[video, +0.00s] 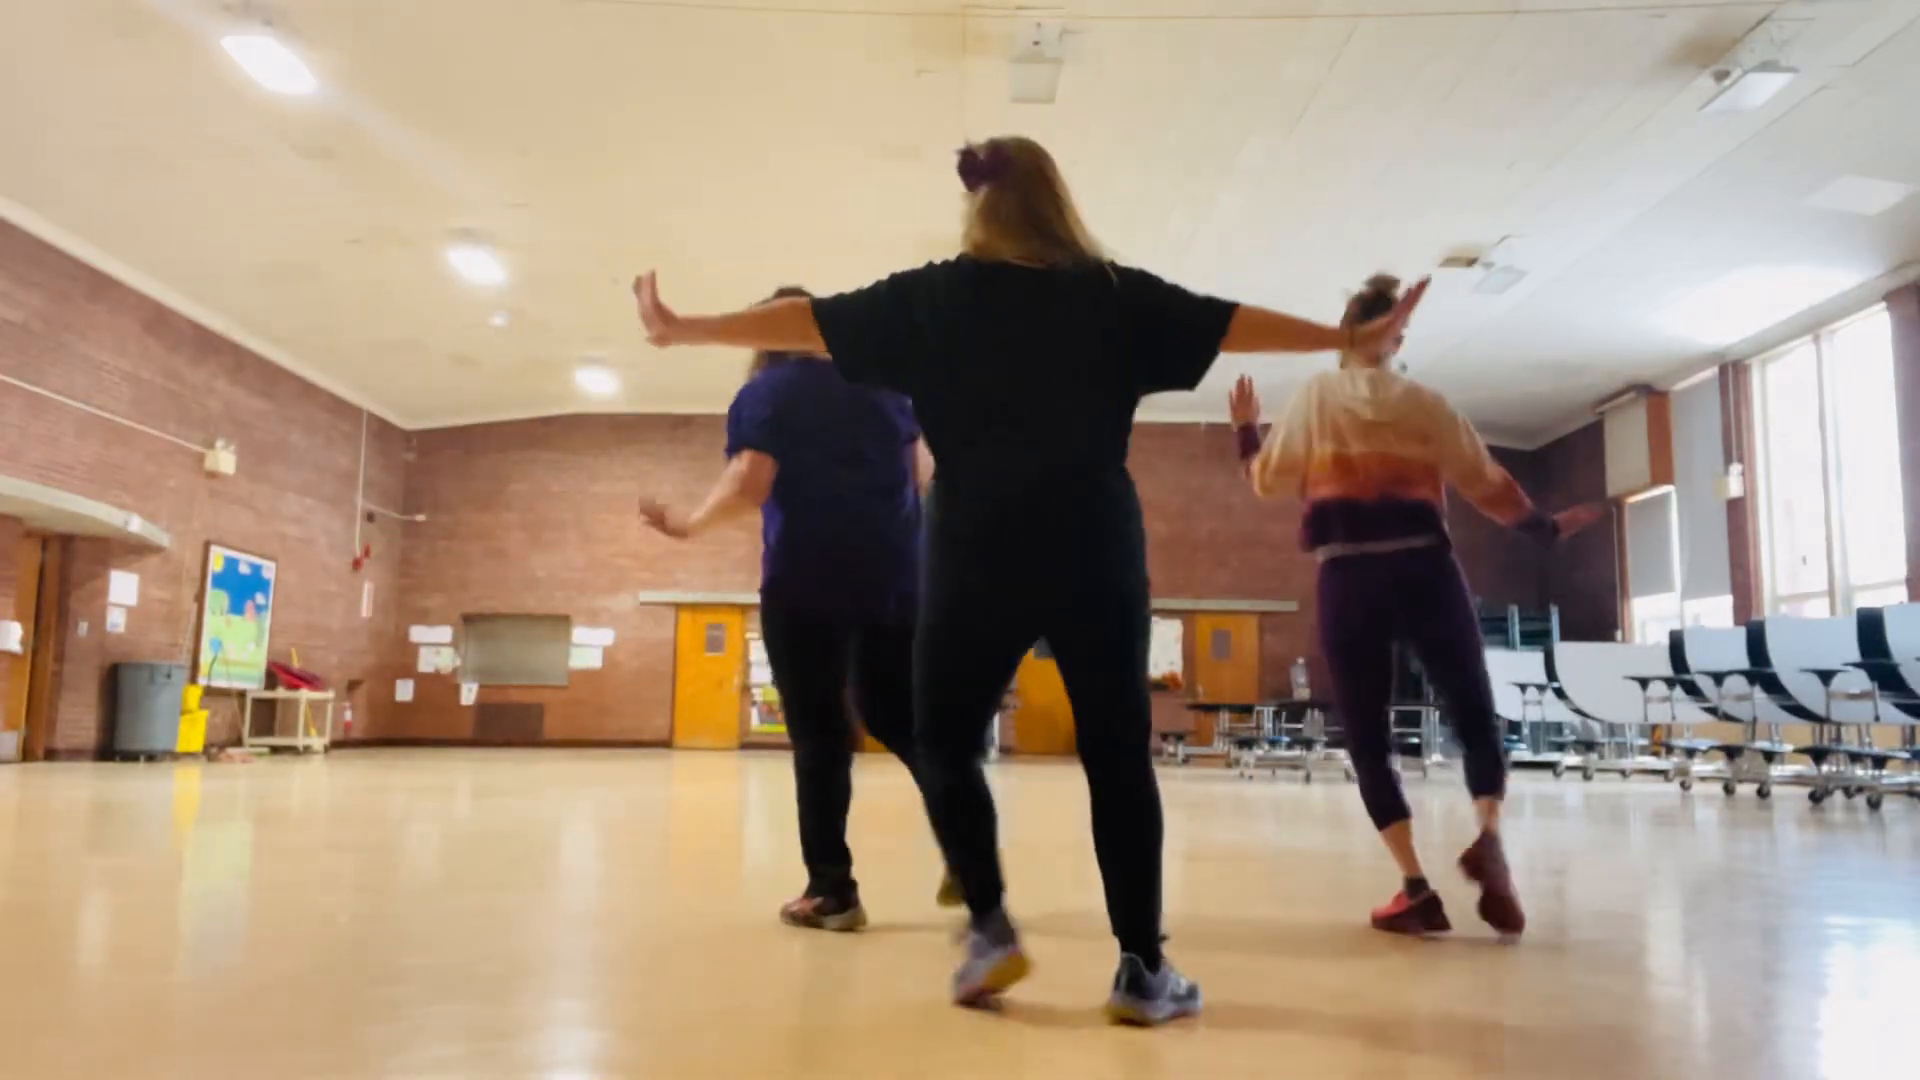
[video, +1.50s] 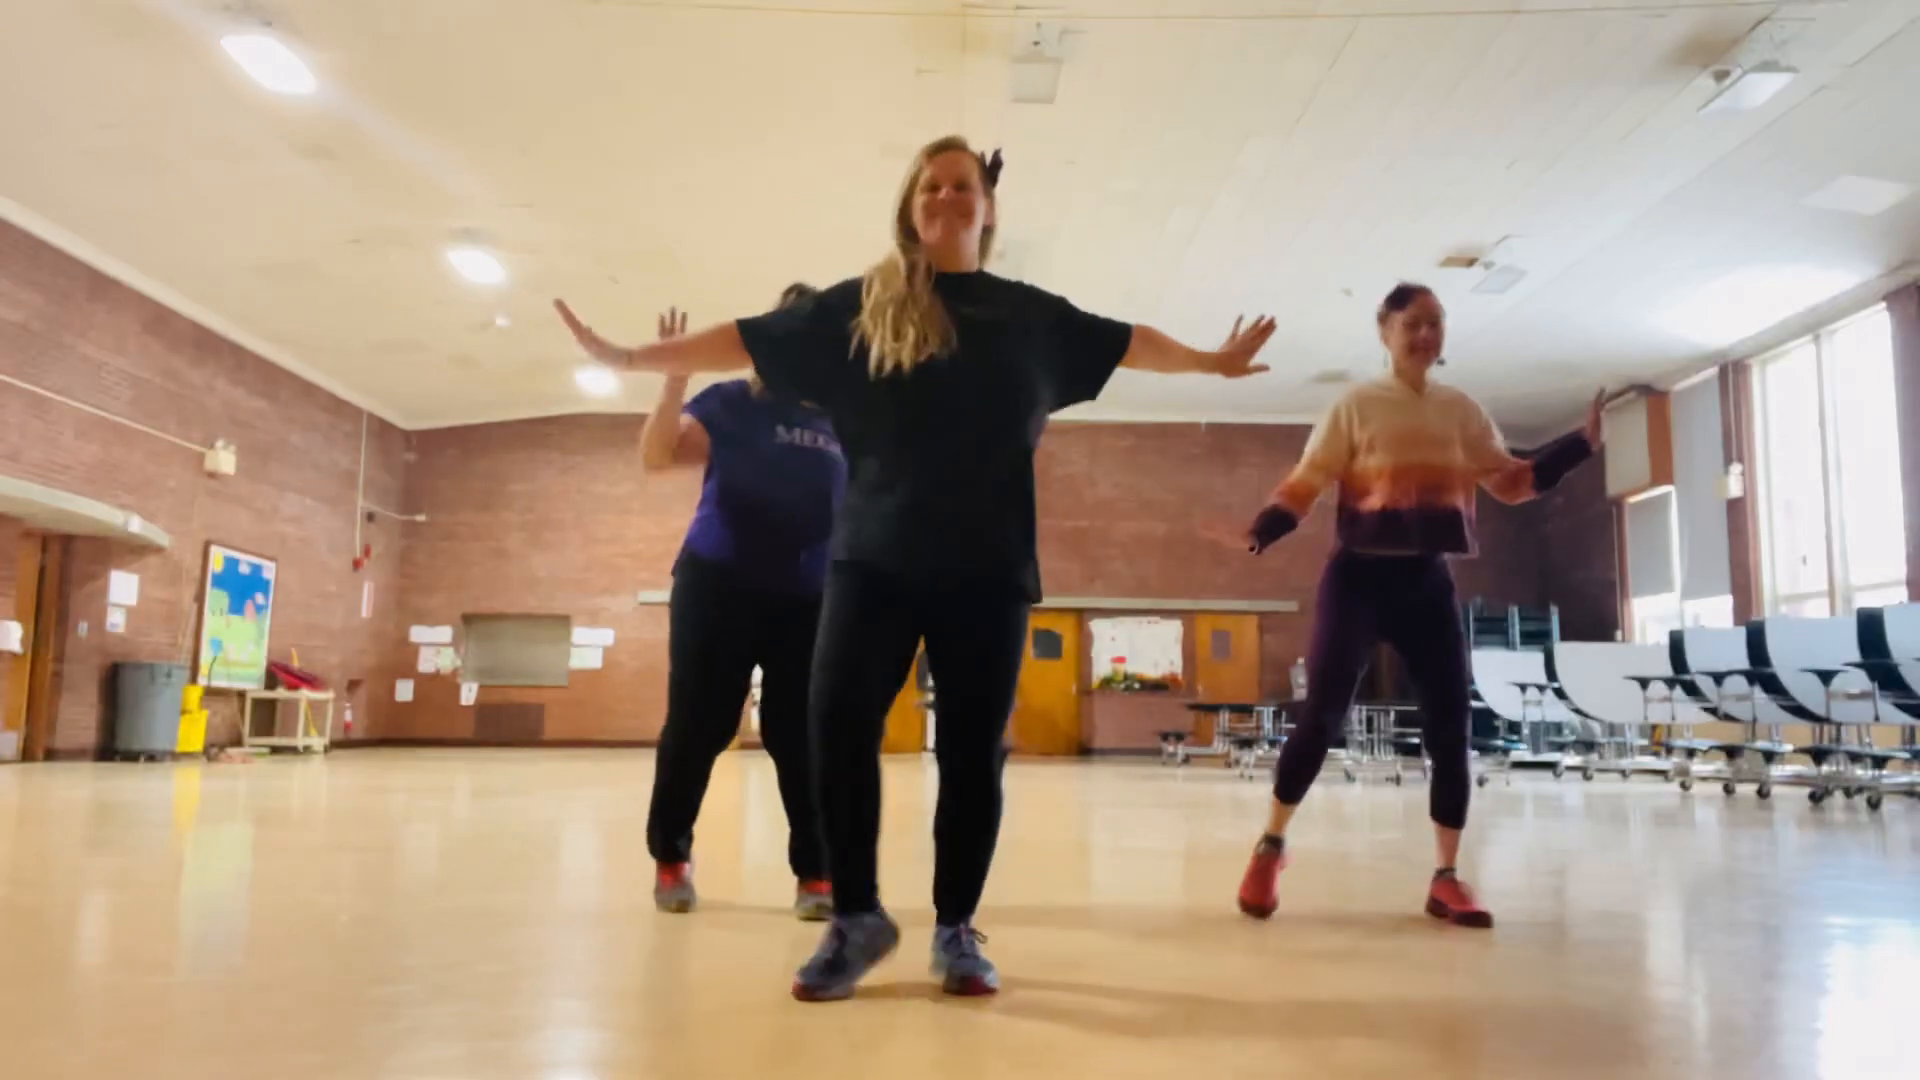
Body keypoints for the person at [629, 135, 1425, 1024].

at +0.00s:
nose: (961, 215)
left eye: (965, 202)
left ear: (975, 211)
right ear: (1060, 203)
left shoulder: (933, 298)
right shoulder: (1112, 296)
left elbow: (800, 321)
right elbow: (1234, 324)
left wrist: (680, 327)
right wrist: (1341, 336)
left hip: (976, 562)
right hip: (1097, 561)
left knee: (945, 744)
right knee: (1120, 757)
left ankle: (991, 929)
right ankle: (1142, 969)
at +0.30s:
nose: (950, 217)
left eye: (964, 205)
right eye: (954, 205)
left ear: (1016, 215)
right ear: (1034, 221)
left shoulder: (966, 290)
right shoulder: (1087, 316)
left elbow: (883, 287)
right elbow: (1175, 384)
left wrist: (790, 271)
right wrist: (1245, 416)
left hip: (1001, 552)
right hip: (1100, 549)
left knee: (993, 749)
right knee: (1062, 728)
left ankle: (1039, 957)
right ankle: (1122, 905)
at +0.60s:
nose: (972, 217)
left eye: (993, 207)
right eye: (965, 203)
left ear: (1028, 224)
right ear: (954, 219)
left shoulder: (1028, 286)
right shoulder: (970, 313)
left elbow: (1057, 282)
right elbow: (962, 447)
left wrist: (1087, 254)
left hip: (1053, 546)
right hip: (1004, 554)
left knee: (976, 732)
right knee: (975, 732)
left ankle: (1043, 940)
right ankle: (1085, 886)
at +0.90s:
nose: (968, 199)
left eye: (987, 190)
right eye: (958, 186)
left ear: (1015, 213)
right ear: (935, 204)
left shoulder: (1046, 297)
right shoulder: (914, 315)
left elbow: (1158, 310)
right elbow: (900, 423)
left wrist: (1285, 312)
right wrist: (847, 442)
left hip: (1024, 555)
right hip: (930, 559)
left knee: (982, 734)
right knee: (909, 734)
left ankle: (1028, 930)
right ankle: (935, 920)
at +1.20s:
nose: (961, 207)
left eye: (978, 198)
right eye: (947, 196)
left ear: (1005, 222)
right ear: (926, 218)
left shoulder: (1046, 325)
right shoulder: (879, 321)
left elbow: (1164, 346)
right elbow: (779, 365)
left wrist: (1284, 358)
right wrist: (677, 397)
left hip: (1024, 569)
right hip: (915, 566)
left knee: (1002, 745)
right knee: (820, 694)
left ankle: (992, 934)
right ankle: (862, 874)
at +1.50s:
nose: (952, 198)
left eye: (967, 186)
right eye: (936, 185)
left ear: (990, 210)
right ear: (909, 210)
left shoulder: (1028, 313)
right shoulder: (858, 309)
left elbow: (1125, 341)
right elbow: (743, 339)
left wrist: (1214, 362)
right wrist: (630, 355)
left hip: (987, 570)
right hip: (873, 564)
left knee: (972, 752)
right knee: (838, 727)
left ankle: (956, 927)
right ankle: (859, 918)